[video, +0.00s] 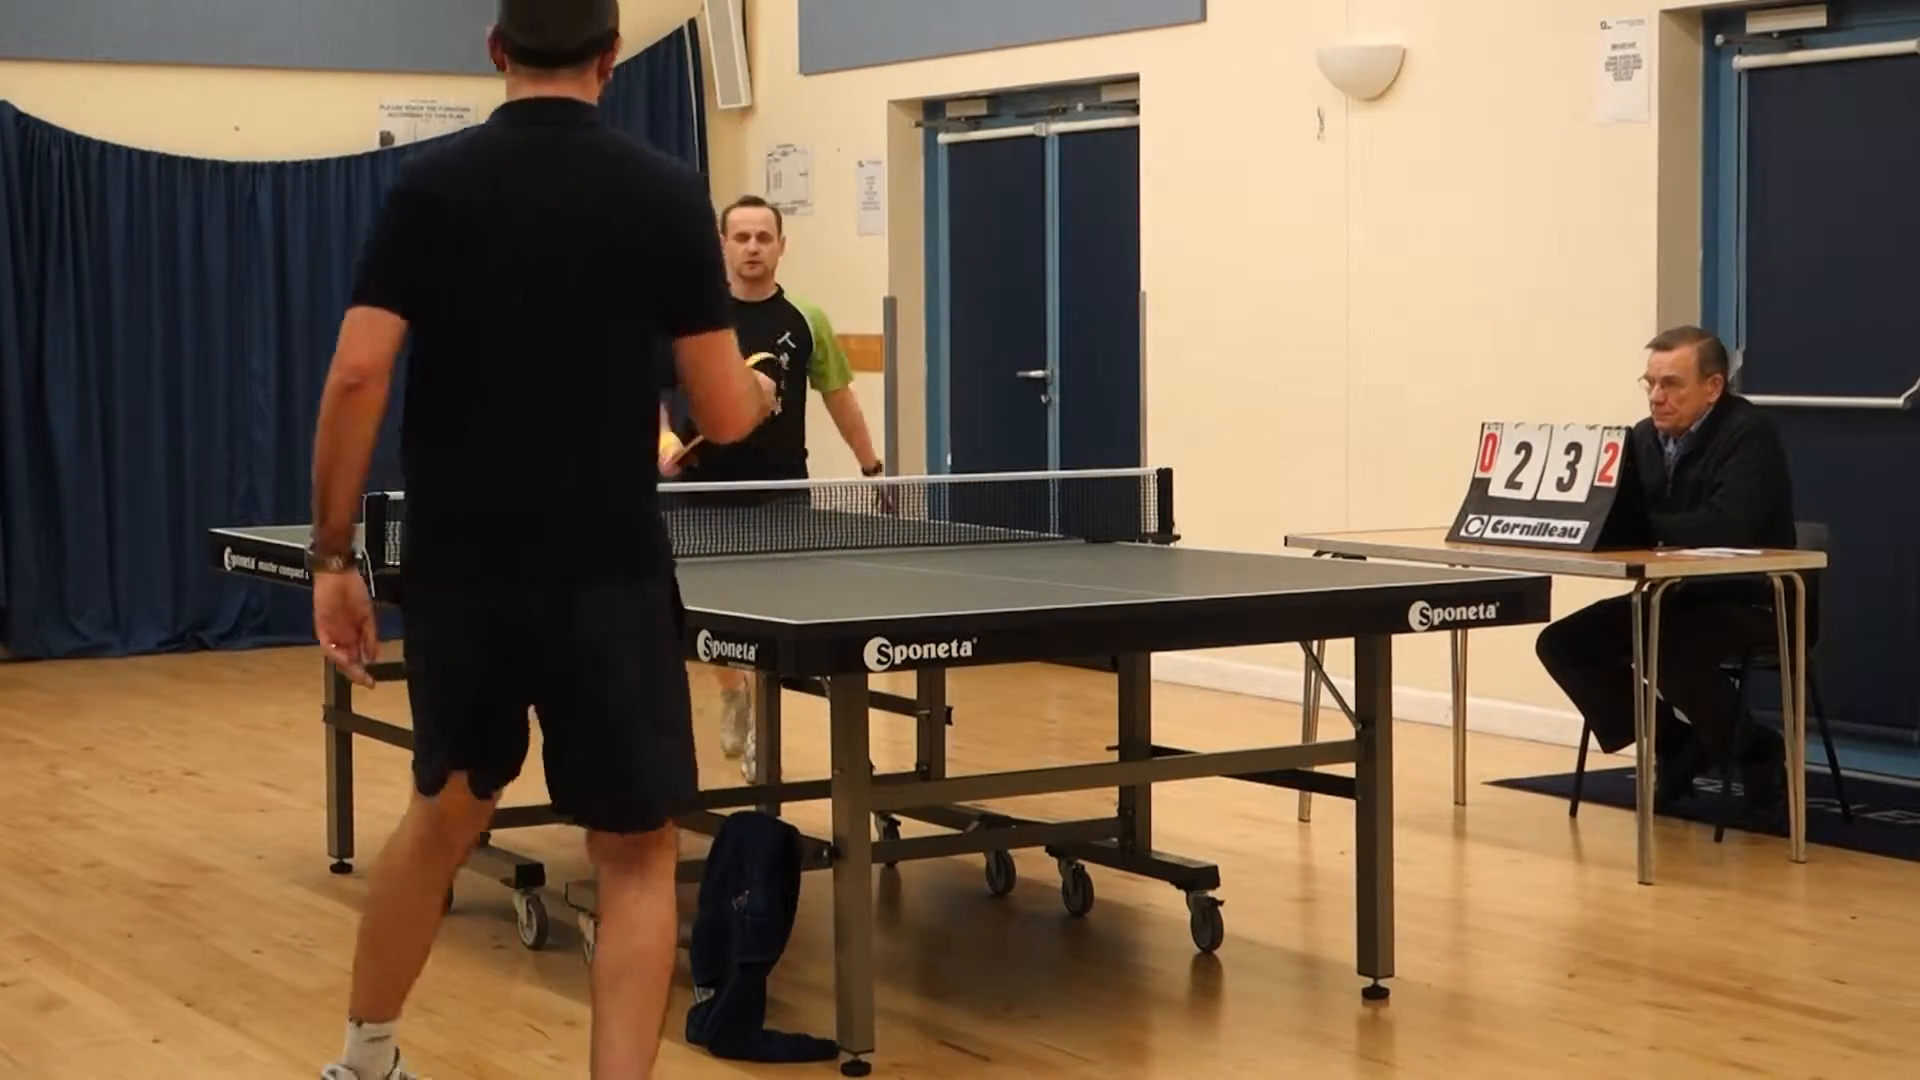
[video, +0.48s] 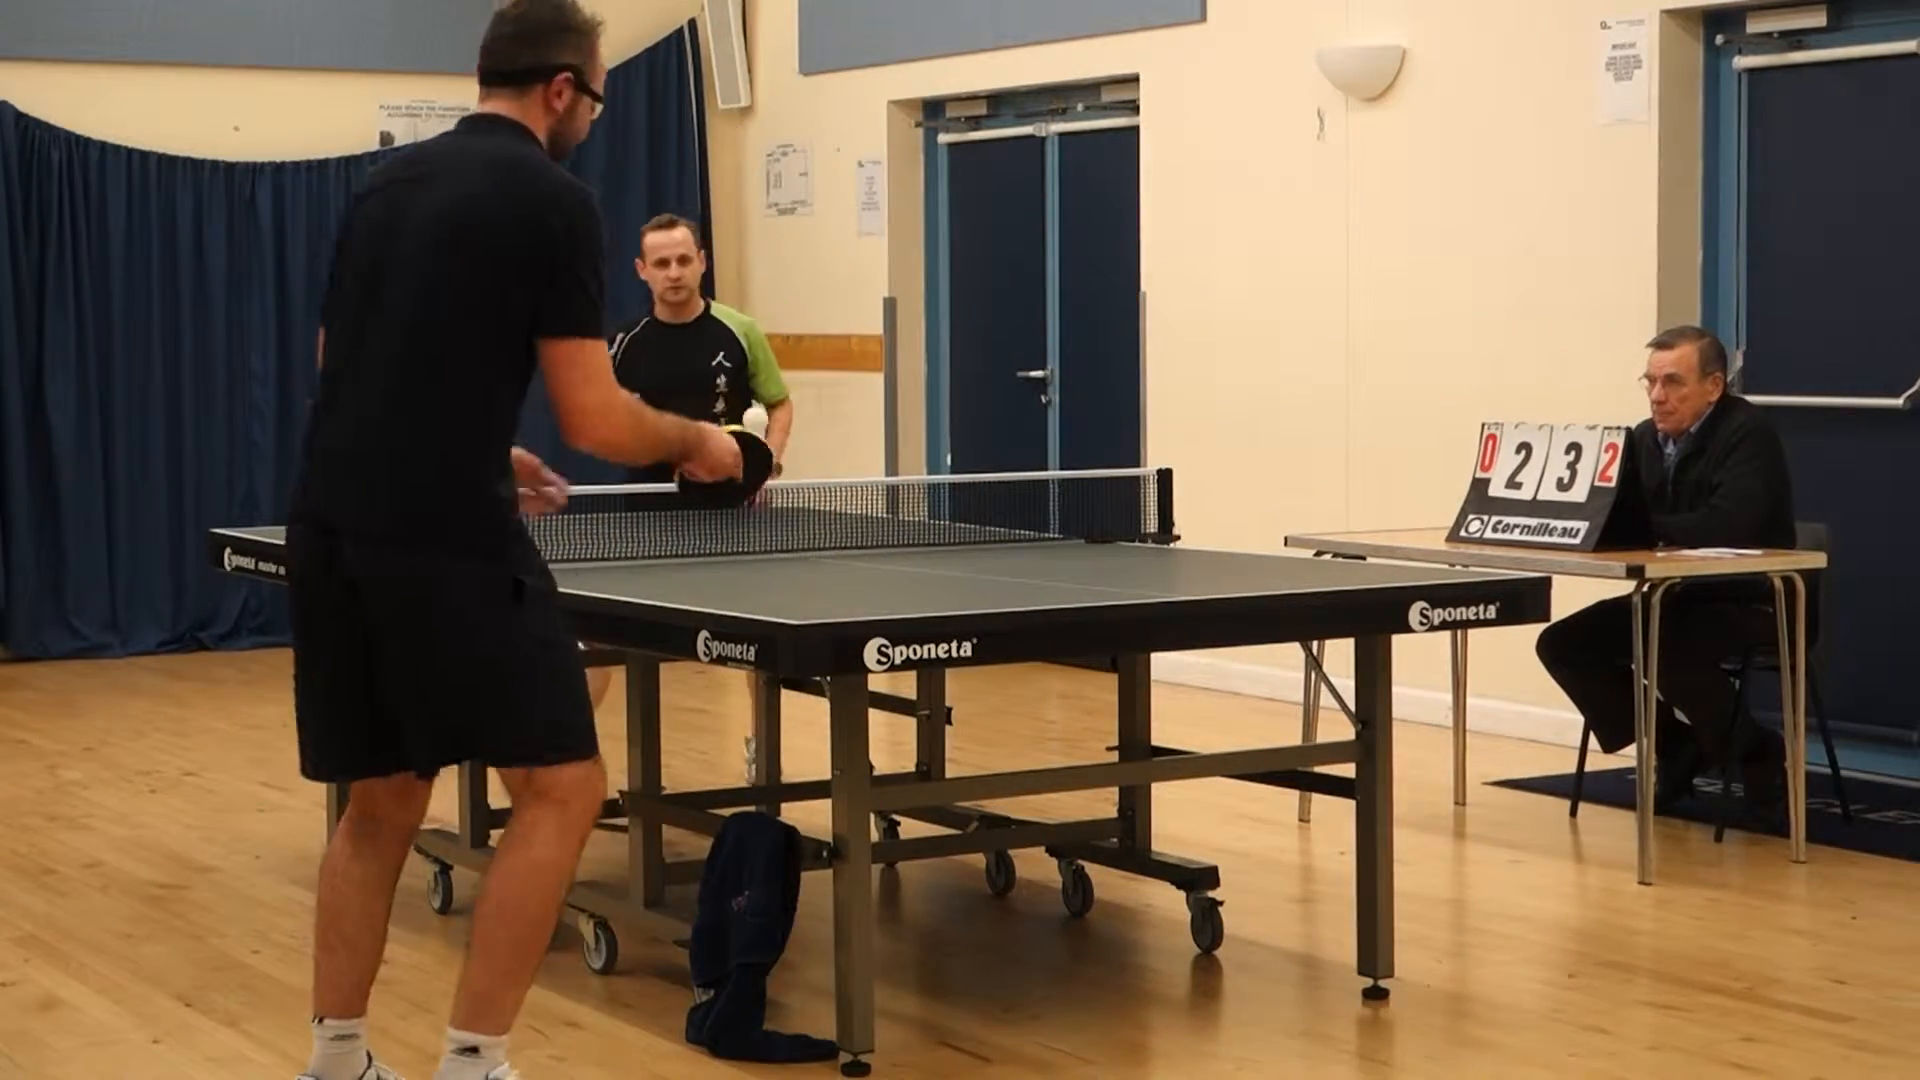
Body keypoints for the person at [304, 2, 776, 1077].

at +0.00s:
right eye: (602, 44)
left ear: (496, 53)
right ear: (609, 56)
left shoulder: (427, 183)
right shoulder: (663, 193)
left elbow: (356, 377)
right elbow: (724, 414)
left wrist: (332, 555)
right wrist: (745, 380)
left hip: (459, 570)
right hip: (606, 575)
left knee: (449, 804)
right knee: (634, 852)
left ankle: (363, 1053)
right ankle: (621, 1071)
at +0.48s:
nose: (592, 118)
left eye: (595, 102)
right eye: (593, 100)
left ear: (484, 81)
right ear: (562, 90)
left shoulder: (385, 181)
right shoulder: (551, 201)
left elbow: (343, 359)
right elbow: (600, 424)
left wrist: (487, 457)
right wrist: (694, 441)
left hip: (336, 531)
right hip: (458, 540)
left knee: (381, 800)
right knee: (562, 788)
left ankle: (334, 1058)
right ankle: (471, 1059)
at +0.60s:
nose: (624, 134)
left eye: (628, 114)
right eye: (623, 111)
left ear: (531, 90)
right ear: (579, 94)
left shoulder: (421, 181)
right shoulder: (548, 199)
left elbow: (448, 398)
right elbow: (582, 421)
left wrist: (631, 447)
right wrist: (706, 438)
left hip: (344, 538)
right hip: (452, 550)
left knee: (397, 798)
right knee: (552, 798)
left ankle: (335, 1058)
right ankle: (457, 1063)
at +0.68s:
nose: (648, 140)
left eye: (652, 118)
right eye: (645, 114)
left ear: (566, 99)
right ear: (596, 98)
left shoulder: (463, 185)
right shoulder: (548, 193)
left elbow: (536, 412)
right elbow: (574, 420)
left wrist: (670, 412)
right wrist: (709, 414)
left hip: (368, 537)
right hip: (453, 547)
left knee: (439, 800)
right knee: (546, 809)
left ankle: (345, 1056)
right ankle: (454, 1068)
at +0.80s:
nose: (684, 158)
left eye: (688, 136)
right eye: (680, 133)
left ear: (607, 120)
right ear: (625, 119)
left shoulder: (542, 203)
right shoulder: (555, 209)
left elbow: (574, 405)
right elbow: (574, 417)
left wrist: (700, 384)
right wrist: (712, 379)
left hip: (446, 542)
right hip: (443, 551)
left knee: (578, 759)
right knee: (547, 807)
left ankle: (417, 999)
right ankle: (451, 1064)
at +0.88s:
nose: (716, 168)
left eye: (720, 147)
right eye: (710, 143)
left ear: (645, 135)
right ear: (653, 133)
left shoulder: (603, 232)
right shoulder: (573, 214)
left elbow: (644, 429)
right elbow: (578, 419)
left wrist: (822, 402)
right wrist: (715, 368)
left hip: (497, 543)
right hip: (440, 550)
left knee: (625, 747)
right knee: (549, 824)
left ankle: (519, 1012)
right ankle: (450, 1063)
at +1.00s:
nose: (782, 194)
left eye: (785, 172)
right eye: (777, 169)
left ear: (714, 161)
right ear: (718, 157)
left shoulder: (663, 262)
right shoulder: (625, 230)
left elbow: (706, 449)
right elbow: (597, 425)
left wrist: (887, 427)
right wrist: (754, 396)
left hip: (549, 551)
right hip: (468, 552)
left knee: (668, 763)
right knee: (564, 833)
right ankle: (452, 1071)